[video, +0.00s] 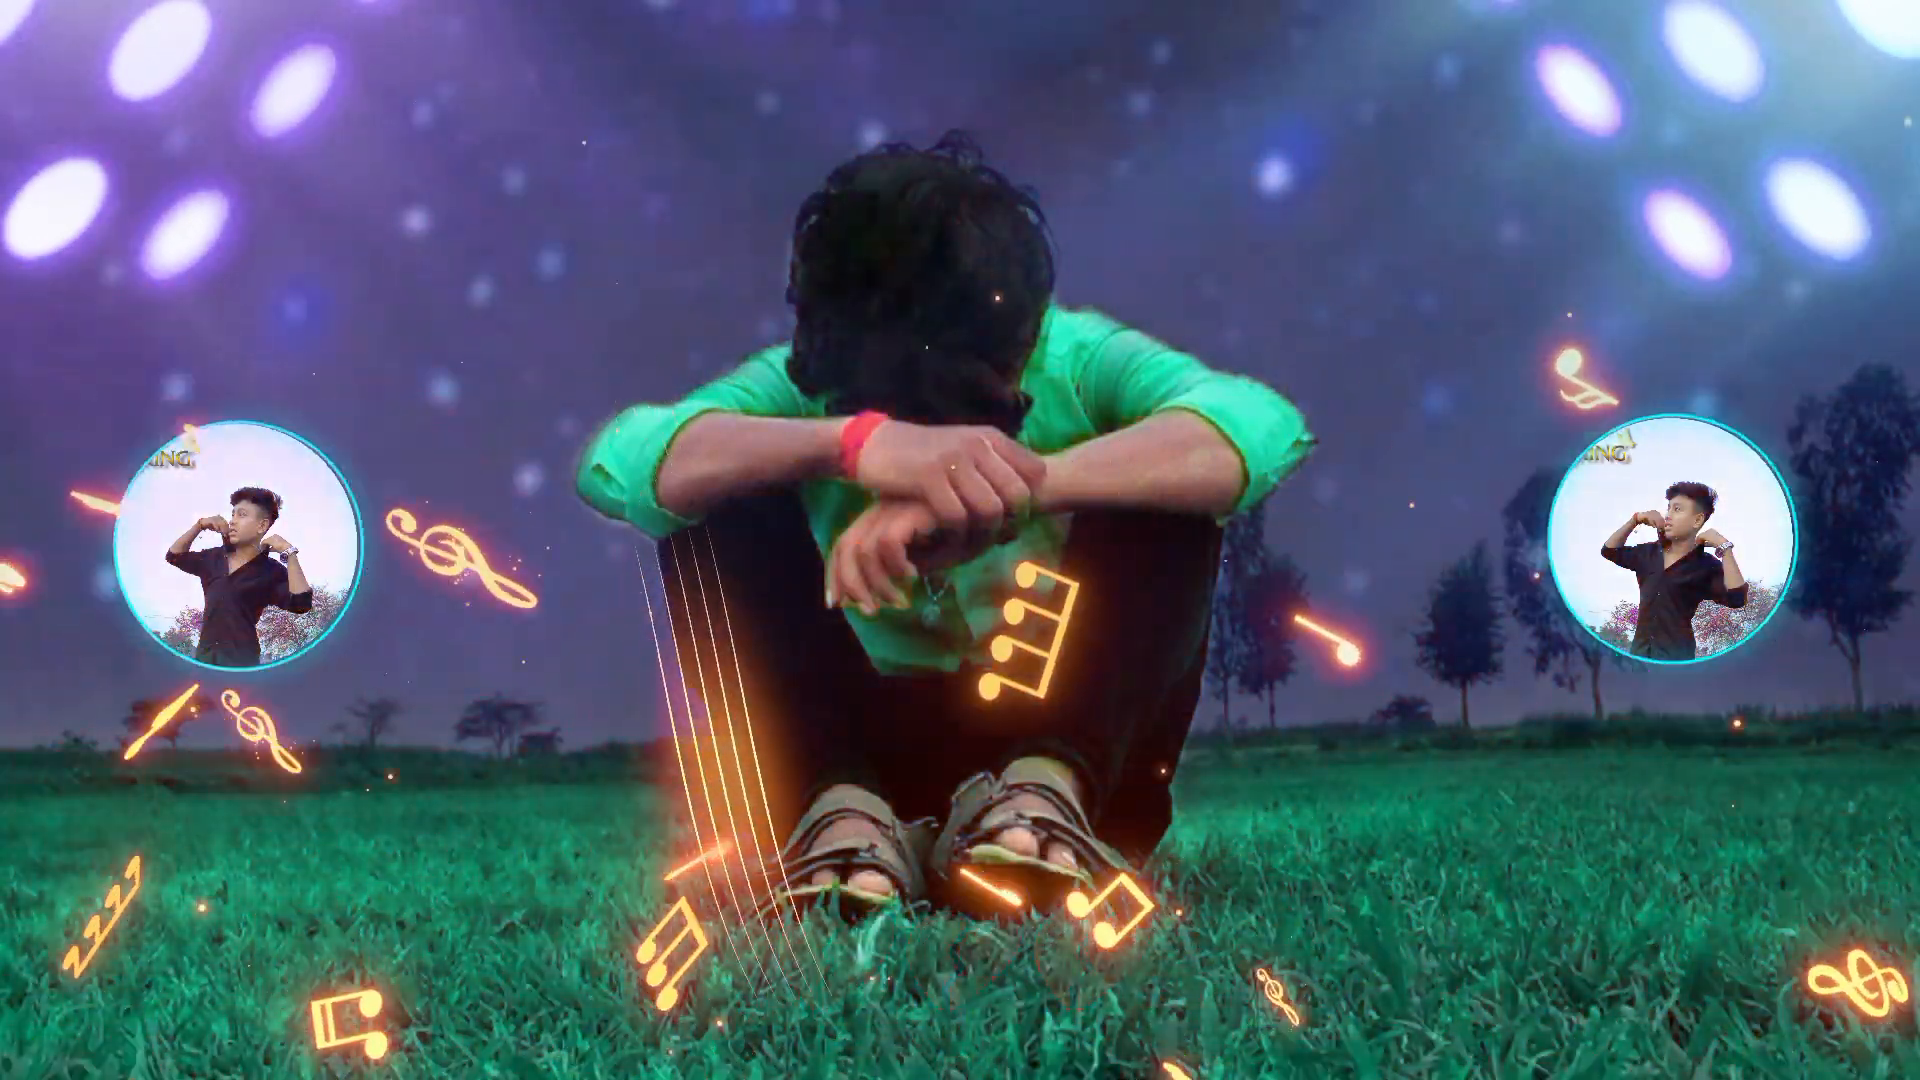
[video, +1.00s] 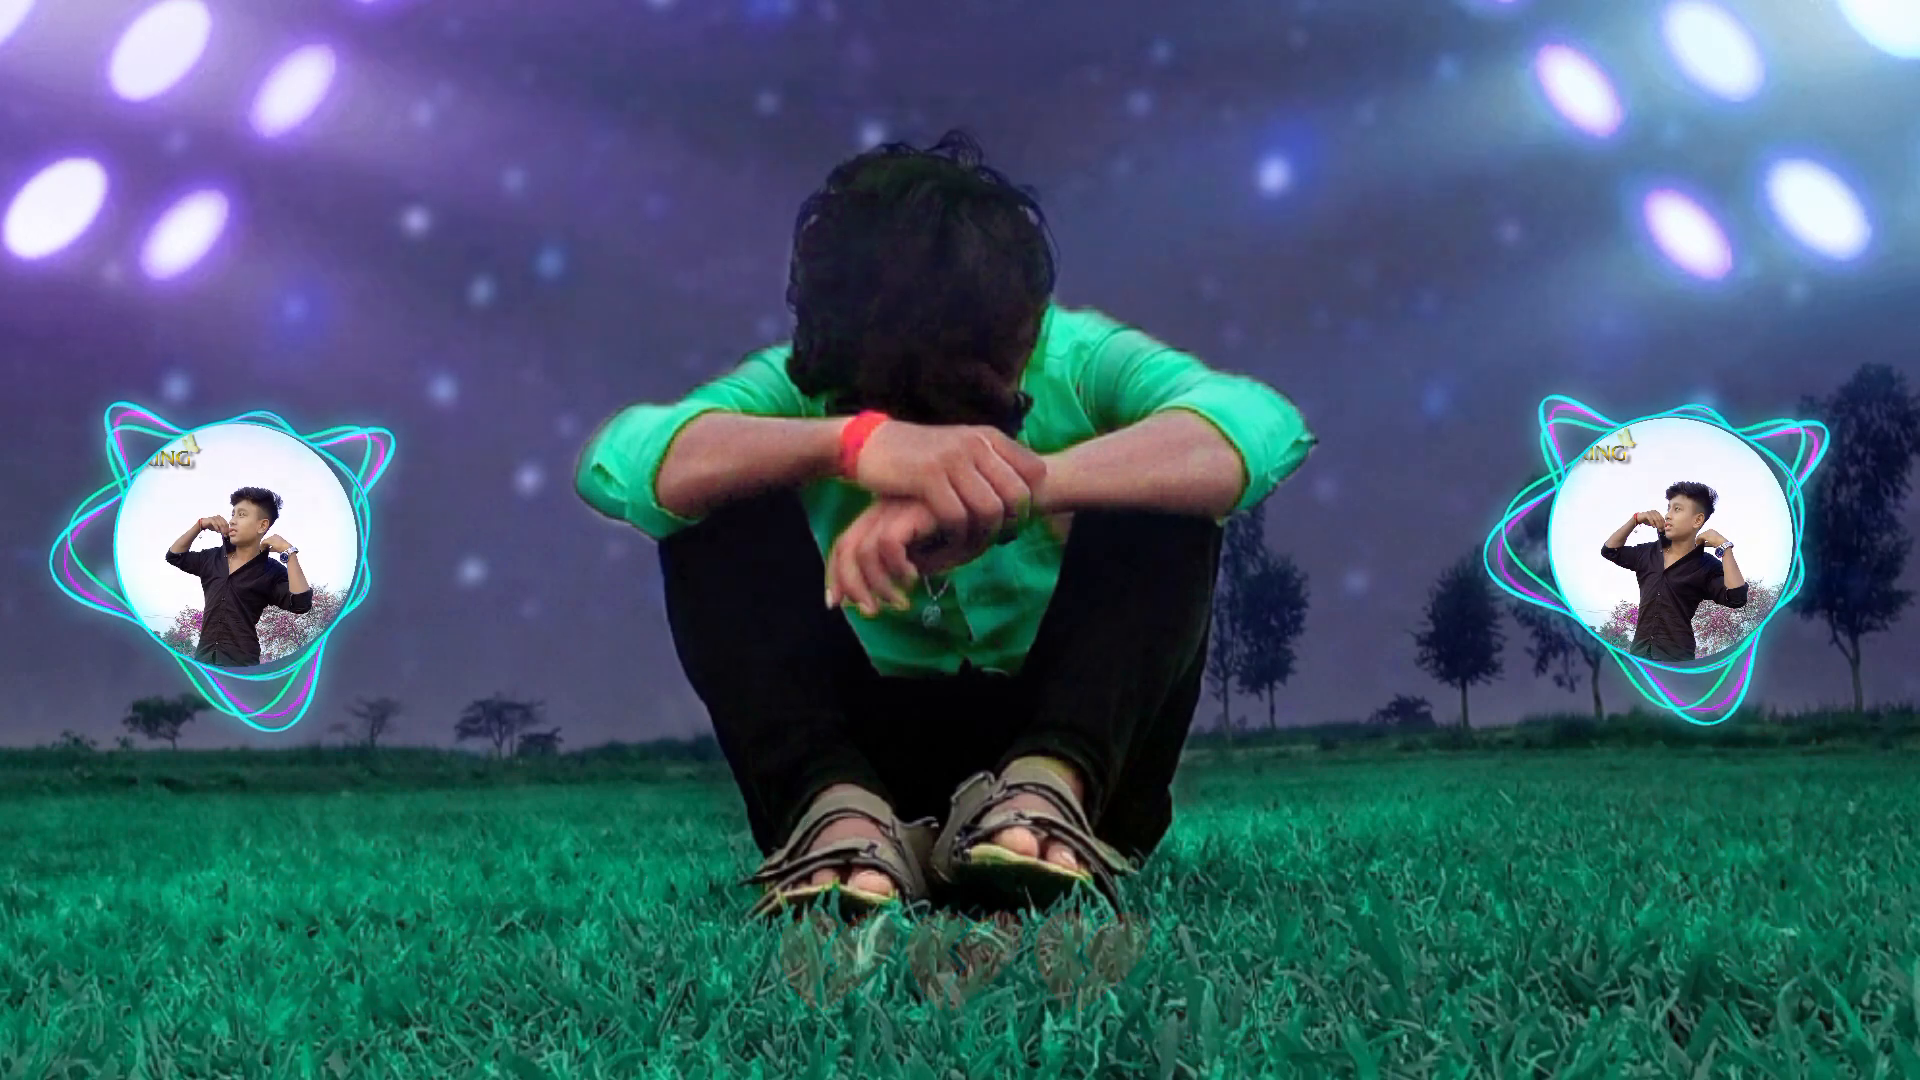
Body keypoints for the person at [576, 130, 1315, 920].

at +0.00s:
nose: (932, 443)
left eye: (967, 405)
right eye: (892, 404)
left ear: (1019, 348)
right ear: (826, 359)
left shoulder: (1073, 353)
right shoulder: (795, 382)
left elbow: (1264, 430)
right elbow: (610, 466)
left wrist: (988, 493)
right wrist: (853, 445)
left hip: (1046, 735)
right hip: (861, 744)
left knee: (1165, 488)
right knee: (715, 504)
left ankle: (1039, 790)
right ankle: (840, 812)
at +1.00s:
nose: (931, 454)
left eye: (968, 411)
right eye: (893, 418)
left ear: (1023, 348)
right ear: (821, 369)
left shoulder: (1076, 355)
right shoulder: (795, 382)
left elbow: (1266, 429)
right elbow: (611, 468)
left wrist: (1000, 492)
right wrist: (852, 446)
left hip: (1059, 749)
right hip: (863, 755)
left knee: (1166, 488)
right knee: (714, 500)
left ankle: (1043, 789)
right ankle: (835, 817)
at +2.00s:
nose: (907, 450)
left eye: (945, 416)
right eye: (866, 408)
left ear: (1019, 358)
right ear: (815, 361)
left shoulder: (1079, 356)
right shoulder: (795, 381)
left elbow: (1265, 429)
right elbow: (612, 467)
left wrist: (999, 491)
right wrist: (852, 446)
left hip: (1059, 746)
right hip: (864, 752)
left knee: (1167, 486)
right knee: (712, 502)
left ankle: (1043, 790)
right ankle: (836, 818)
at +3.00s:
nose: (915, 454)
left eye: (951, 418)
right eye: (878, 415)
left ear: (1019, 356)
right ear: (817, 365)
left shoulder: (1077, 355)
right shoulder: (795, 382)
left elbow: (1265, 429)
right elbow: (611, 467)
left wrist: (1001, 491)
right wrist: (851, 446)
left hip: (1058, 746)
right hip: (863, 751)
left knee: (1165, 487)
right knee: (713, 501)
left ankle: (1044, 789)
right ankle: (835, 816)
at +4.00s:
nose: (934, 435)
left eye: (971, 396)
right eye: (898, 402)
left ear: (1021, 343)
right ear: (828, 361)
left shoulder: (1075, 355)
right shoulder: (795, 383)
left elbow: (1265, 429)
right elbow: (611, 467)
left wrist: (1000, 491)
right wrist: (850, 446)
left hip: (1064, 752)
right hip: (866, 759)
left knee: (1165, 488)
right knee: (714, 505)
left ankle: (1043, 790)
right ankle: (837, 819)